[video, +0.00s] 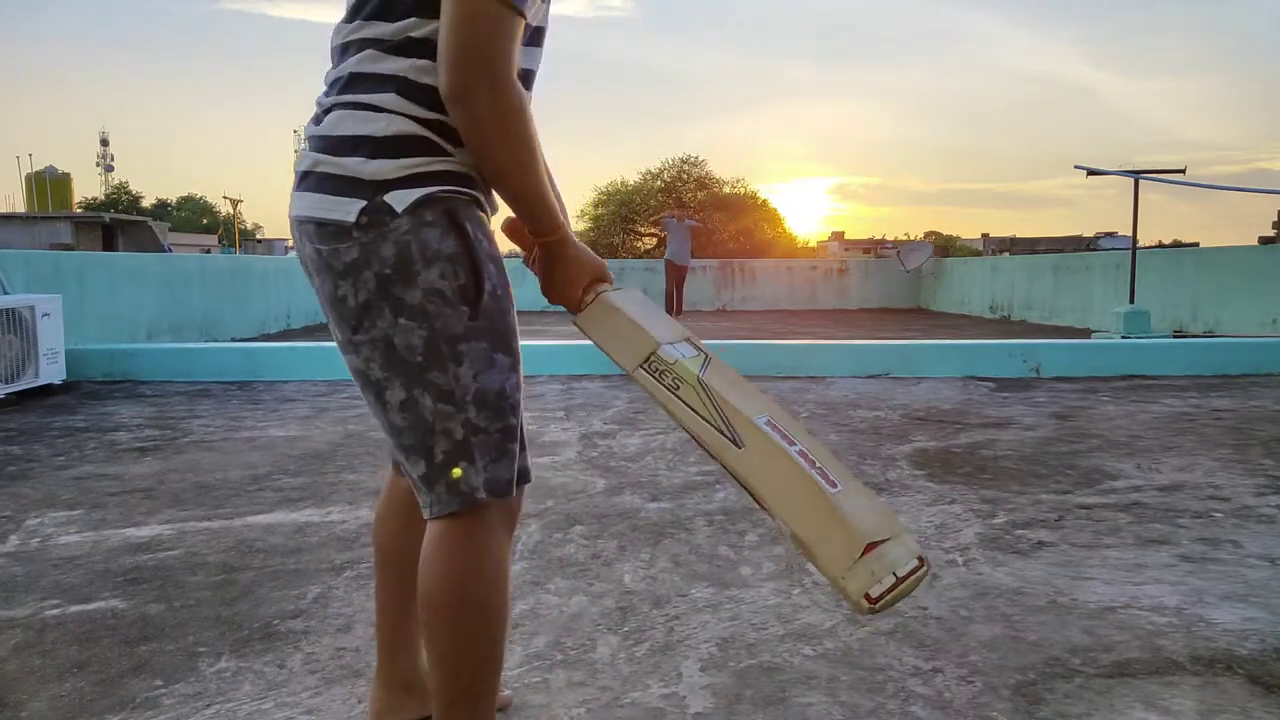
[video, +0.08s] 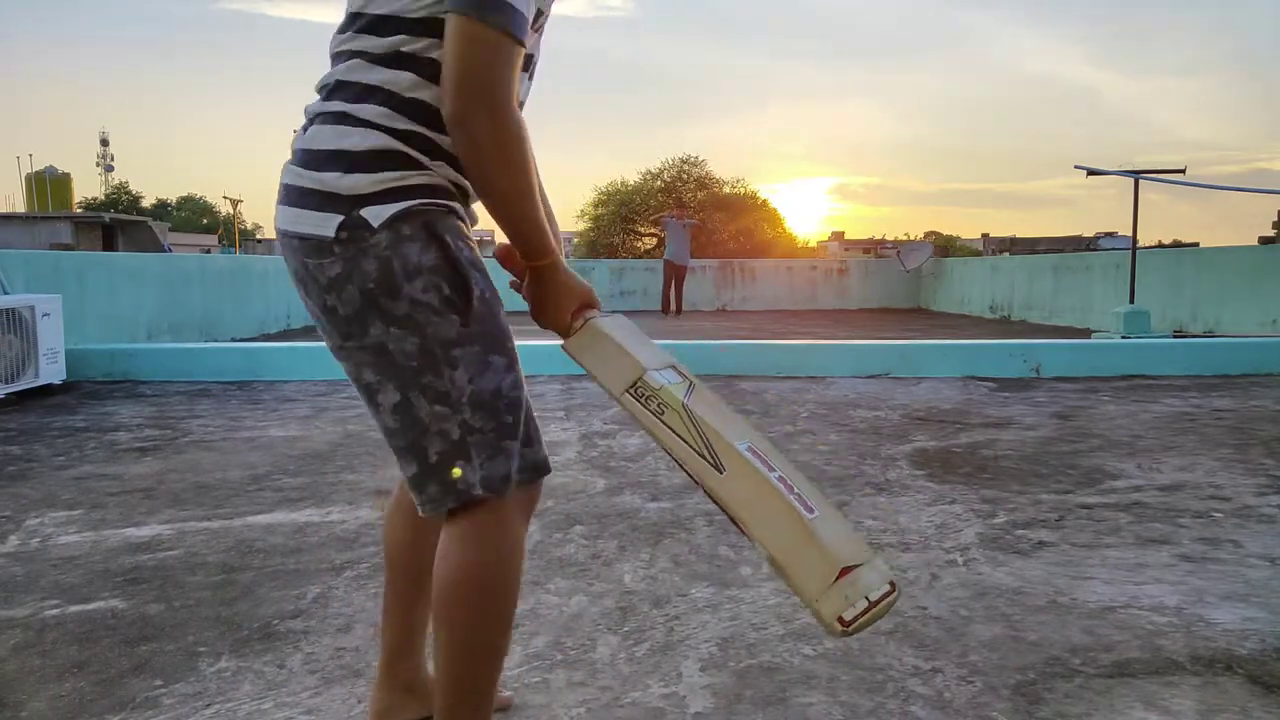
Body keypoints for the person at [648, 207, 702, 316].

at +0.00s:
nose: (681, 213)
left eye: (683, 211)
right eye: (679, 210)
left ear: (686, 212)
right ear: (675, 212)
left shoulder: (689, 224)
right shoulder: (670, 223)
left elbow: (701, 227)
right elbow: (653, 221)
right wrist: (668, 215)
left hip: (683, 258)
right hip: (670, 257)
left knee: (679, 287)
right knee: (669, 287)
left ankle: (678, 313)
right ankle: (669, 313)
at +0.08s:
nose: (681, 213)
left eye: (683, 211)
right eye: (679, 210)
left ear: (686, 212)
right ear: (674, 212)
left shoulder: (688, 224)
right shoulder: (669, 223)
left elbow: (698, 224)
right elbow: (652, 220)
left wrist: (685, 222)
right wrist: (665, 215)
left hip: (683, 258)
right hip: (669, 257)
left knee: (679, 287)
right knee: (667, 286)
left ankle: (678, 311)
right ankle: (665, 311)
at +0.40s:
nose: (669, 213)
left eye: (672, 211)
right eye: (668, 211)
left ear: (676, 213)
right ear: (665, 214)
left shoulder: (680, 225)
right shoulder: (663, 226)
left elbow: (682, 212)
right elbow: (653, 232)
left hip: (675, 260)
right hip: (663, 259)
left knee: (673, 289)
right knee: (662, 289)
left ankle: (679, 309)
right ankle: (665, 313)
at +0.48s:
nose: (665, 215)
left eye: (667, 212)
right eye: (664, 212)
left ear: (671, 213)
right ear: (662, 215)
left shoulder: (674, 224)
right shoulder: (663, 226)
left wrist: (658, 231)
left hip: (671, 258)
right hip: (662, 258)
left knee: (666, 285)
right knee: (662, 285)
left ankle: (667, 310)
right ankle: (664, 311)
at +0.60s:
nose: (662, 216)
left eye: (664, 213)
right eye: (661, 213)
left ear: (669, 214)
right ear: (660, 215)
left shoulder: (675, 224)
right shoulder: (661, 229)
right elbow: (656, 247)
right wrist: (650, 259)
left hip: (671, 257)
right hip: (661, 257)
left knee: (661, 282)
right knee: (660, 283)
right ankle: (665, 311)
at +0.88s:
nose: (667, 219)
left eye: (669, 218)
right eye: (666, 217)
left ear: (672, 222)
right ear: (663, 220)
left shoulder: (672, 232)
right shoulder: (660, 233)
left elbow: (674, 220)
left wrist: (673, 210)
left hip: (663, 263)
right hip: (652, 263)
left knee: (661, 291)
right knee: (653, 292)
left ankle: (660, 314)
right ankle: (663, 309)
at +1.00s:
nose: (675, 222)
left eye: (678, 220)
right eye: (674, 220)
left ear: (680, 224)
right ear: (671, 221)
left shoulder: (677, 236)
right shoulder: (664, 229)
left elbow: (677, 251)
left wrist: (669, 249)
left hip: (661, 264)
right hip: (649, 263)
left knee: (662, 290)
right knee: (651, 289)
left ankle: (660, 315)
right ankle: (659, 308)